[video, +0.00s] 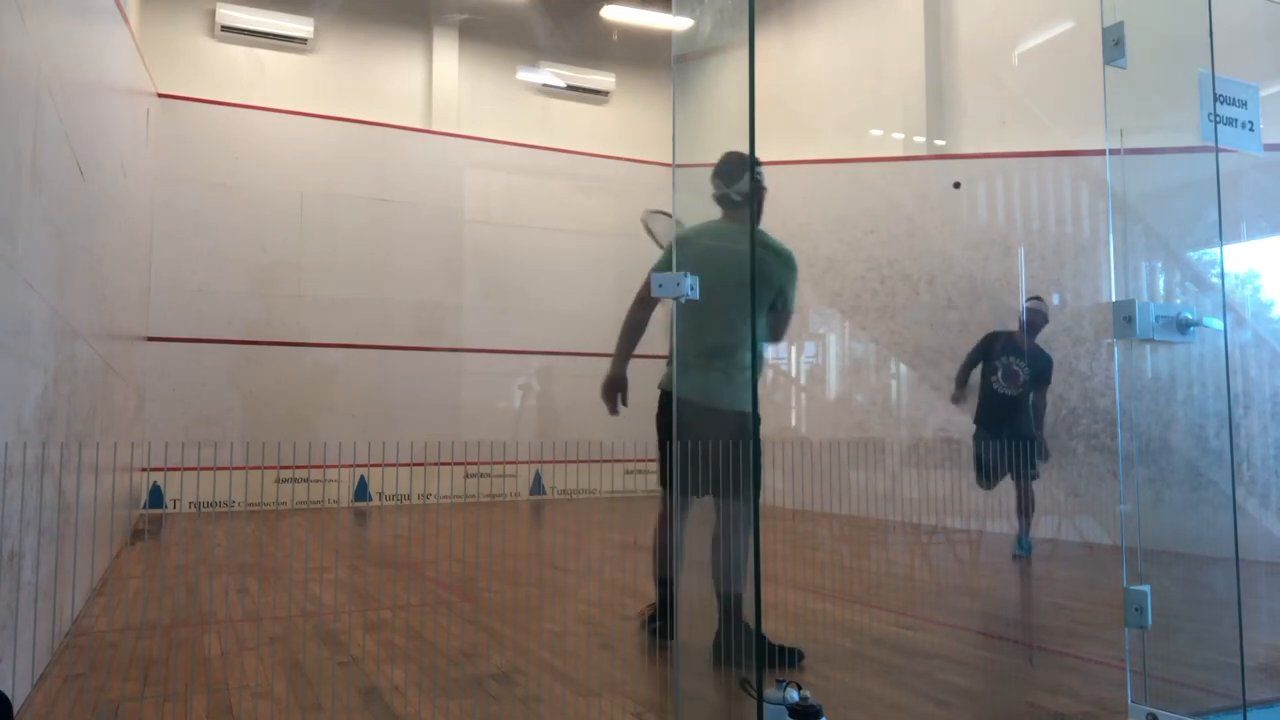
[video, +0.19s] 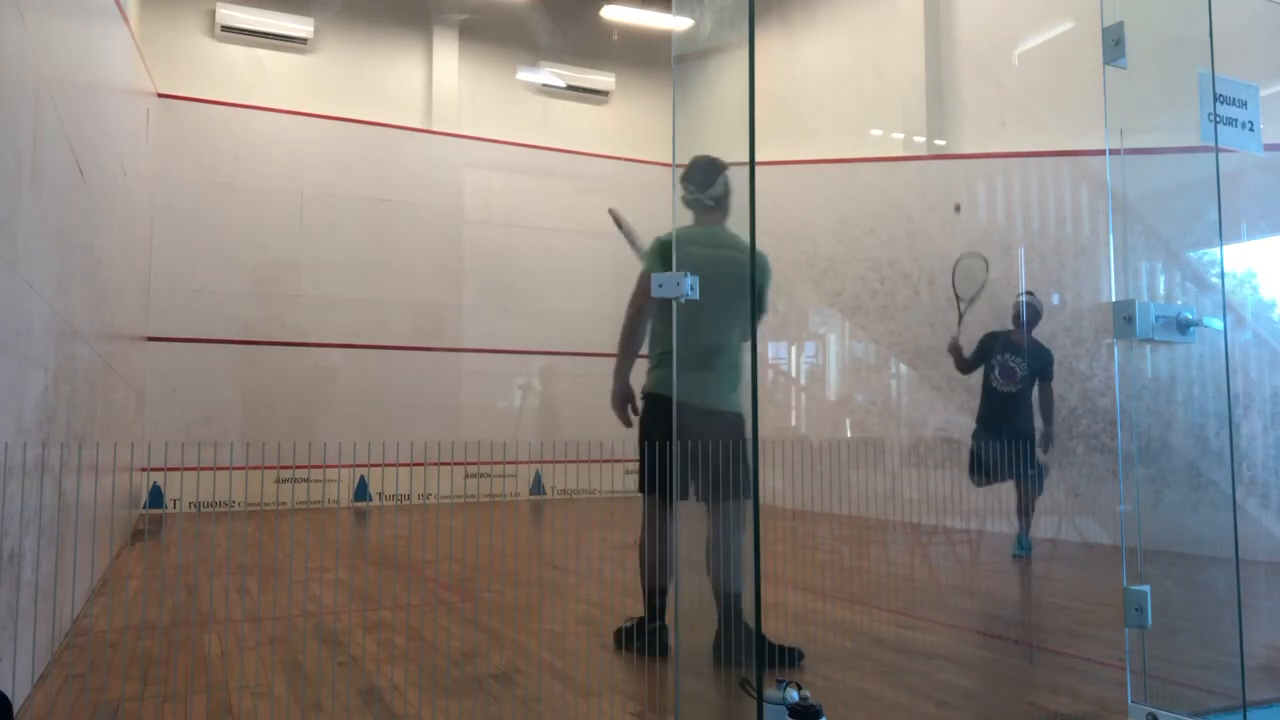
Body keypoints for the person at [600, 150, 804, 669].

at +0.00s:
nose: (765, 198)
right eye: (763, 189)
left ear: (715, 194)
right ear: (760, 194)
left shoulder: (687, 242)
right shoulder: (777, 256)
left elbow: (644, 304)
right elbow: (776, 330)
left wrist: (617, 367)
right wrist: (734, 306)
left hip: (679, 403)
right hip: (734, 409)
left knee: (674, 505)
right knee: (735, 516)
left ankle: (663, 614)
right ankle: (734, 631)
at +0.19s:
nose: (695, 206)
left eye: (690, 198)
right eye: (712, 197)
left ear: (684, 198)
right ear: (729, 199)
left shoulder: (665, 249)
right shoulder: (754, 260)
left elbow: (637, 316)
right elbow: (747, 328)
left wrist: (621, 379)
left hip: (665, 407)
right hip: (724, 412)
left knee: (658, 514)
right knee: (729, 520)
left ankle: (654, 624)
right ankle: (734, 630)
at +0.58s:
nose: (636, 214)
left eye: (631, 207)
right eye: (651, 206)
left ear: (627, 209)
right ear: (669, 208)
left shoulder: (613, 259)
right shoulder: (694, 266)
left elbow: (586, 331)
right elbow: (704, 347)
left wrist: (584, 388)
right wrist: (712, 407)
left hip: (636, 408)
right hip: (686, 410)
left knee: (641, 513)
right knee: (687, 508)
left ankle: (651, 621)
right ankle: (684, 610)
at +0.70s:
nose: (630, 218)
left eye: (623, 211)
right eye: (643, 209)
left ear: (620, 215)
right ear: (660, 214)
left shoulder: (608, 263)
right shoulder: (686, 267)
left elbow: (583, 331)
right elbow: (709, 344)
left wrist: (583, 382)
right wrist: (727, 401)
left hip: (631, 409)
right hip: (678, 411)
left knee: (637, 513)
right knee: (667, 508)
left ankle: (653, 623)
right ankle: (659, 615)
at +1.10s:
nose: (626, 236)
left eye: (623, 230)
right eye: (635, 230)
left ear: (620, 229)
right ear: (658, 229)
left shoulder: (607, 270)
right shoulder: (676, 276)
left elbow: (582, 338)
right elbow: (696, 347)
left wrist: (563, 397)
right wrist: (711, 401)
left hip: (612, 412)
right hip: (660, 414)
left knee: (585, 496)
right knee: (654, 508)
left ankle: (622, 568)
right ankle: (640, 603)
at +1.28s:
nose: (620, 241)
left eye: (618, 235)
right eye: (632, 233)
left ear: (616, 235)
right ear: (652, 235)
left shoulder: (601, 273)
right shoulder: (671, 280)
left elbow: (579, 334)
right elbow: (689, 348)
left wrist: (559, 391)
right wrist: (687, 391)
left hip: (605, 412)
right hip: (653, 414)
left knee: (597, 502)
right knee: (649, 504)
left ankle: (595, 594)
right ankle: (643, 601)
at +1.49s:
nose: (609, 244)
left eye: (602, 238)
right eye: (627, 237)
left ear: (600, 239)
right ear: (638, 239)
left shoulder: (586, 282)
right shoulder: (655, 284)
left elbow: (566, 346)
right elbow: (678, 346)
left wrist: (554, 401)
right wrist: (671, 389)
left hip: (597, 415)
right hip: (645, 417)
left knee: (596, 502)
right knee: (645, 505)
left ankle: (596, 591)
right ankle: (643, 599)